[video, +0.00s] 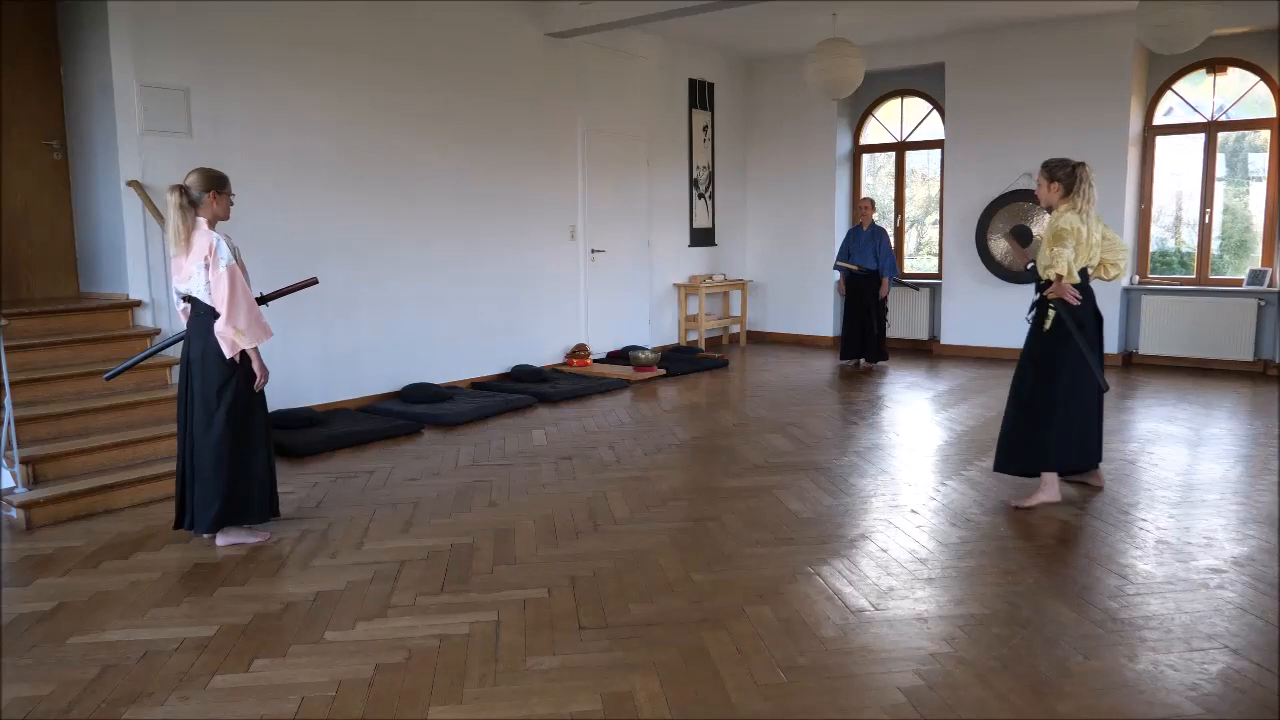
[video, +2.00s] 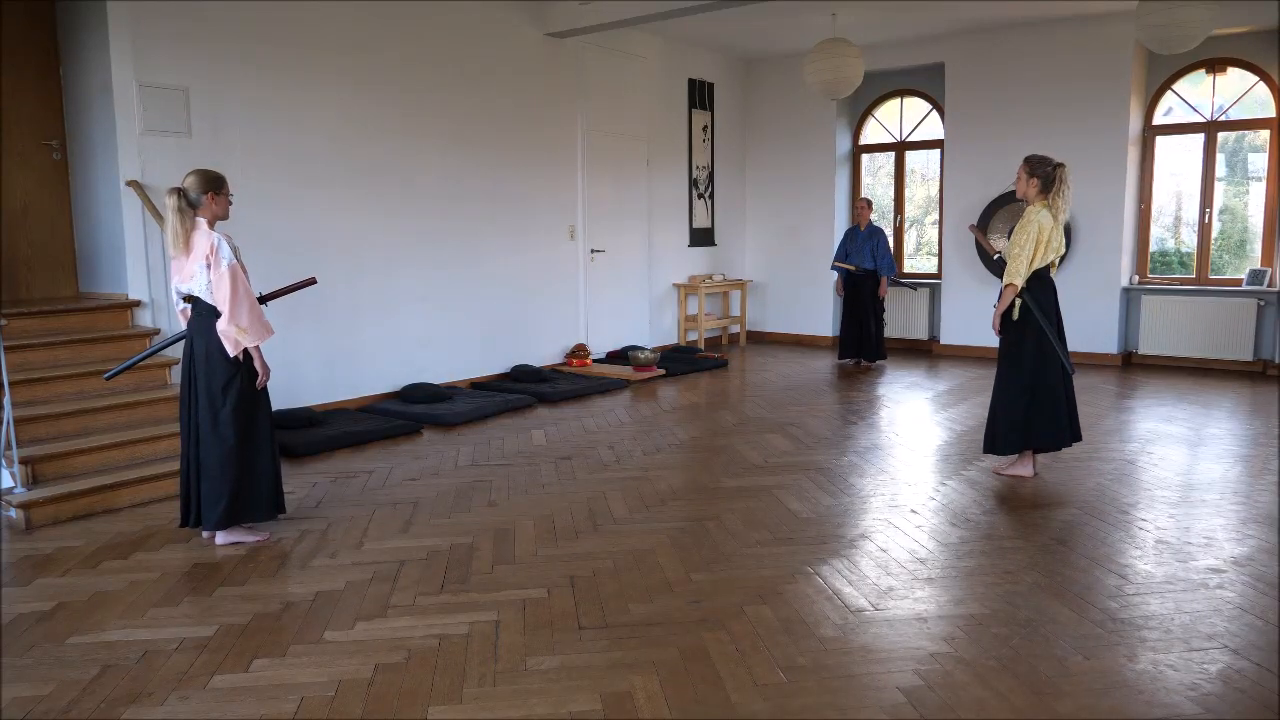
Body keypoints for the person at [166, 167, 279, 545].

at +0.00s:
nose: (232, 203)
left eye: (231, 197)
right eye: (229, 197)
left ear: (203, 199)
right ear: (212, 198)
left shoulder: (182, 242)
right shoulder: (217, 242)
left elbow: (185, 304)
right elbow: (233, 304)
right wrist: (253, 352)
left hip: (197, 343)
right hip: (223, 345)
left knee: (208, 432)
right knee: (229, 433)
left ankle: (215, 520)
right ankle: (229, 525)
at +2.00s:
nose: (231, 203)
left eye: (230, 197)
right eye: (228, 197)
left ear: (201, 200)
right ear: (210, 199)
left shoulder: (181, 240)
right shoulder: (216, 242)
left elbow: (183, 302)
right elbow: (235, 304)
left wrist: (202, 332)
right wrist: (255, 351)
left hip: (198, 341)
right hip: (224, 342)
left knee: (209, 430)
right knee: (232, 431)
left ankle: (213, 521)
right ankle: (229, 525)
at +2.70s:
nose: (248, 207)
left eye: (247, 201)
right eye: (245, 201)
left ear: (216, 204)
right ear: (230, 204)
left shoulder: (196, 247)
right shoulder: (236, 245)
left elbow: (195, 306)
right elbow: (252, 305)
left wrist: (211, 335)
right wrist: (272, 351)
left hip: (211, 341)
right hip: (241, 339)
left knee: (217, 425)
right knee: (273, 413)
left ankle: (216, 515)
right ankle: (303, 492)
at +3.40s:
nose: (313, 205)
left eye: (312, 199)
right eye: (311, 199)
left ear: (284, 201)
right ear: (297, 200)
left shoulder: (263, 243)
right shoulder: (306, 239)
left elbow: (265, 298)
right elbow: (321, 294)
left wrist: (284, 323)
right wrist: (339, 337)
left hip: (281, 330)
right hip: (309, 329)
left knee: (295, 406)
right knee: (315, 408)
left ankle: (301, 489)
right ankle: (311, 493)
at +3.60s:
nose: (329, 207)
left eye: (328, 202)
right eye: (327, 202)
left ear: (300, 204)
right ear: (313, 203)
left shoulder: (281, 244)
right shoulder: (321, 240)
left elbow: (281, 298)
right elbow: (335, 296)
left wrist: (298, 323)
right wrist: (352, 338)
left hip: (297, 330)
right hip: (323, 330)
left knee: (307, 408)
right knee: (327, 407)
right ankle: (308, 491)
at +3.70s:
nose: (337, 210)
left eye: (336, 204)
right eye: (335, 204)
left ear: (310, 206)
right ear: (322, 206)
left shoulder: (290, 246)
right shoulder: (329, 242)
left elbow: (290, 301)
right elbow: (342, 298)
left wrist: (307, 325)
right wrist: (358, 340)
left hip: (306, 331)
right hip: (331, 330)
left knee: (314, 408)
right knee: (340, 406)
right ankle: (305, 491)